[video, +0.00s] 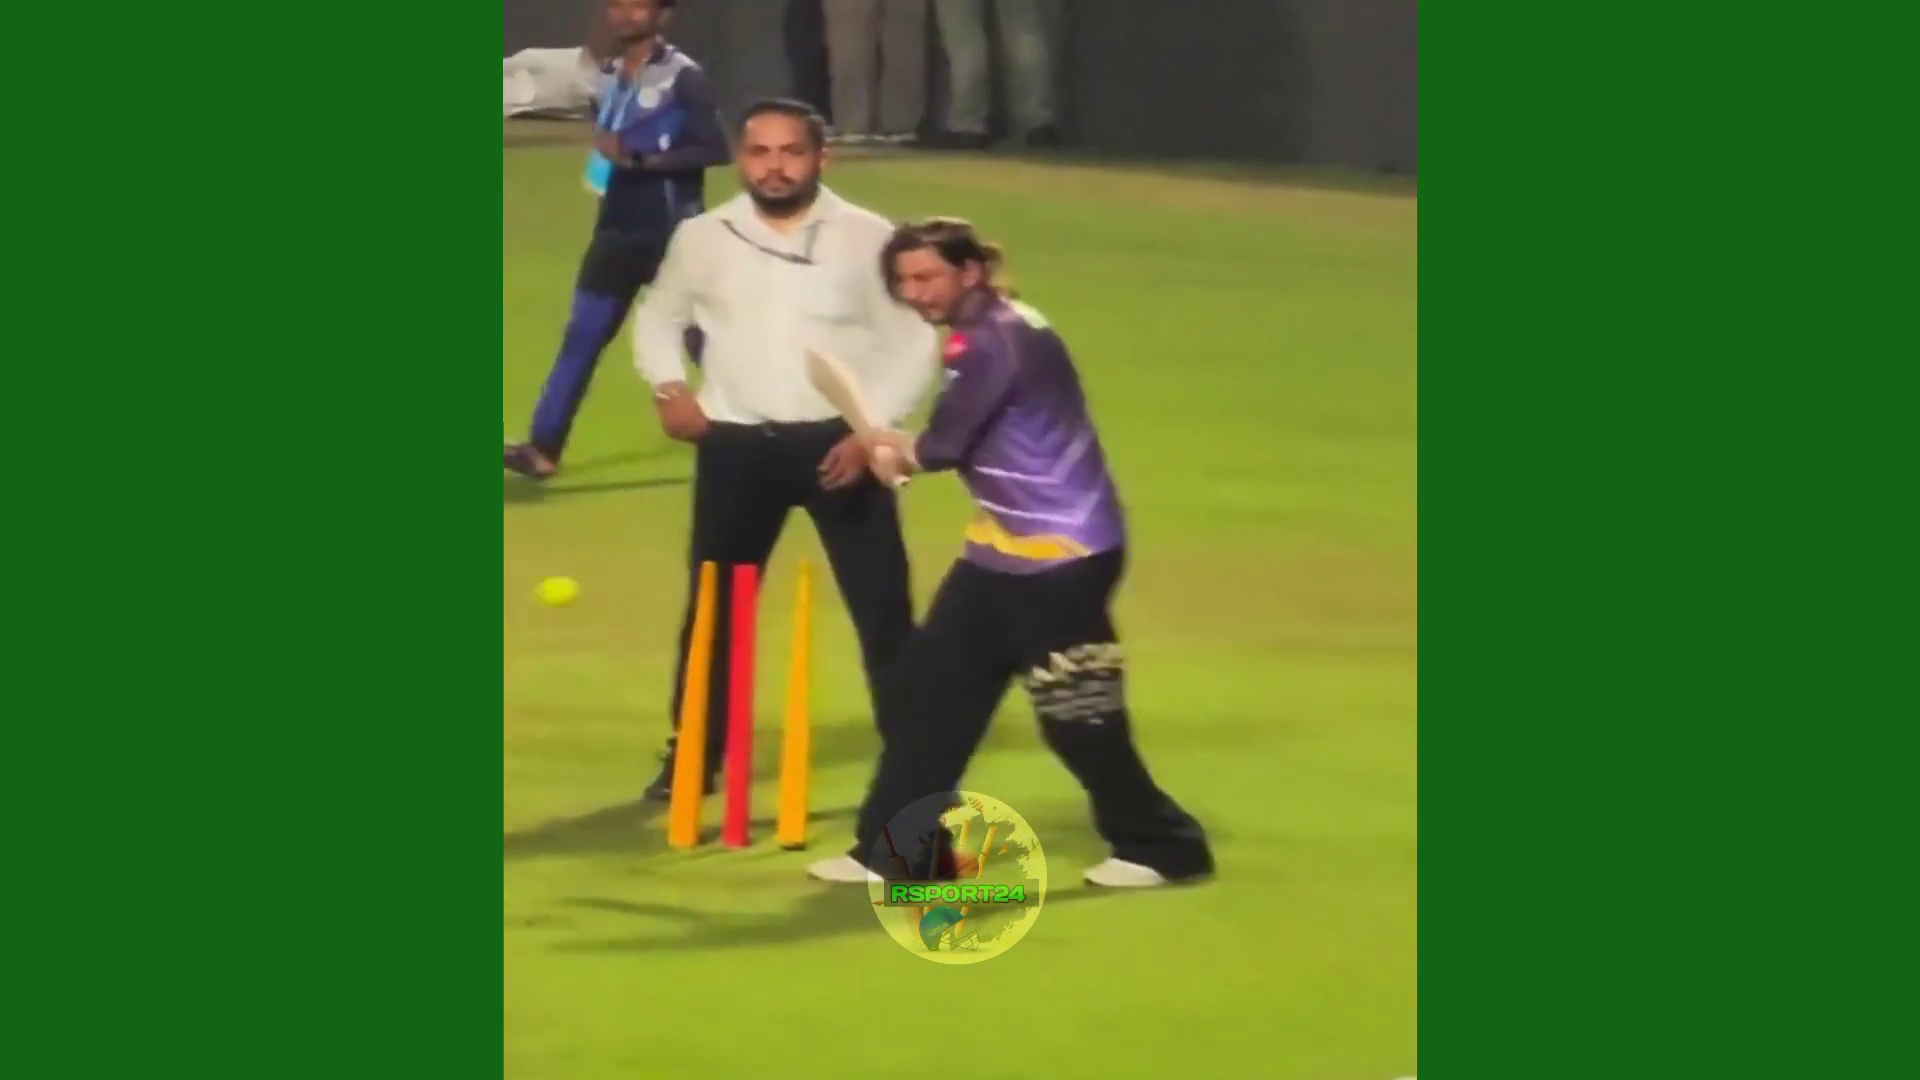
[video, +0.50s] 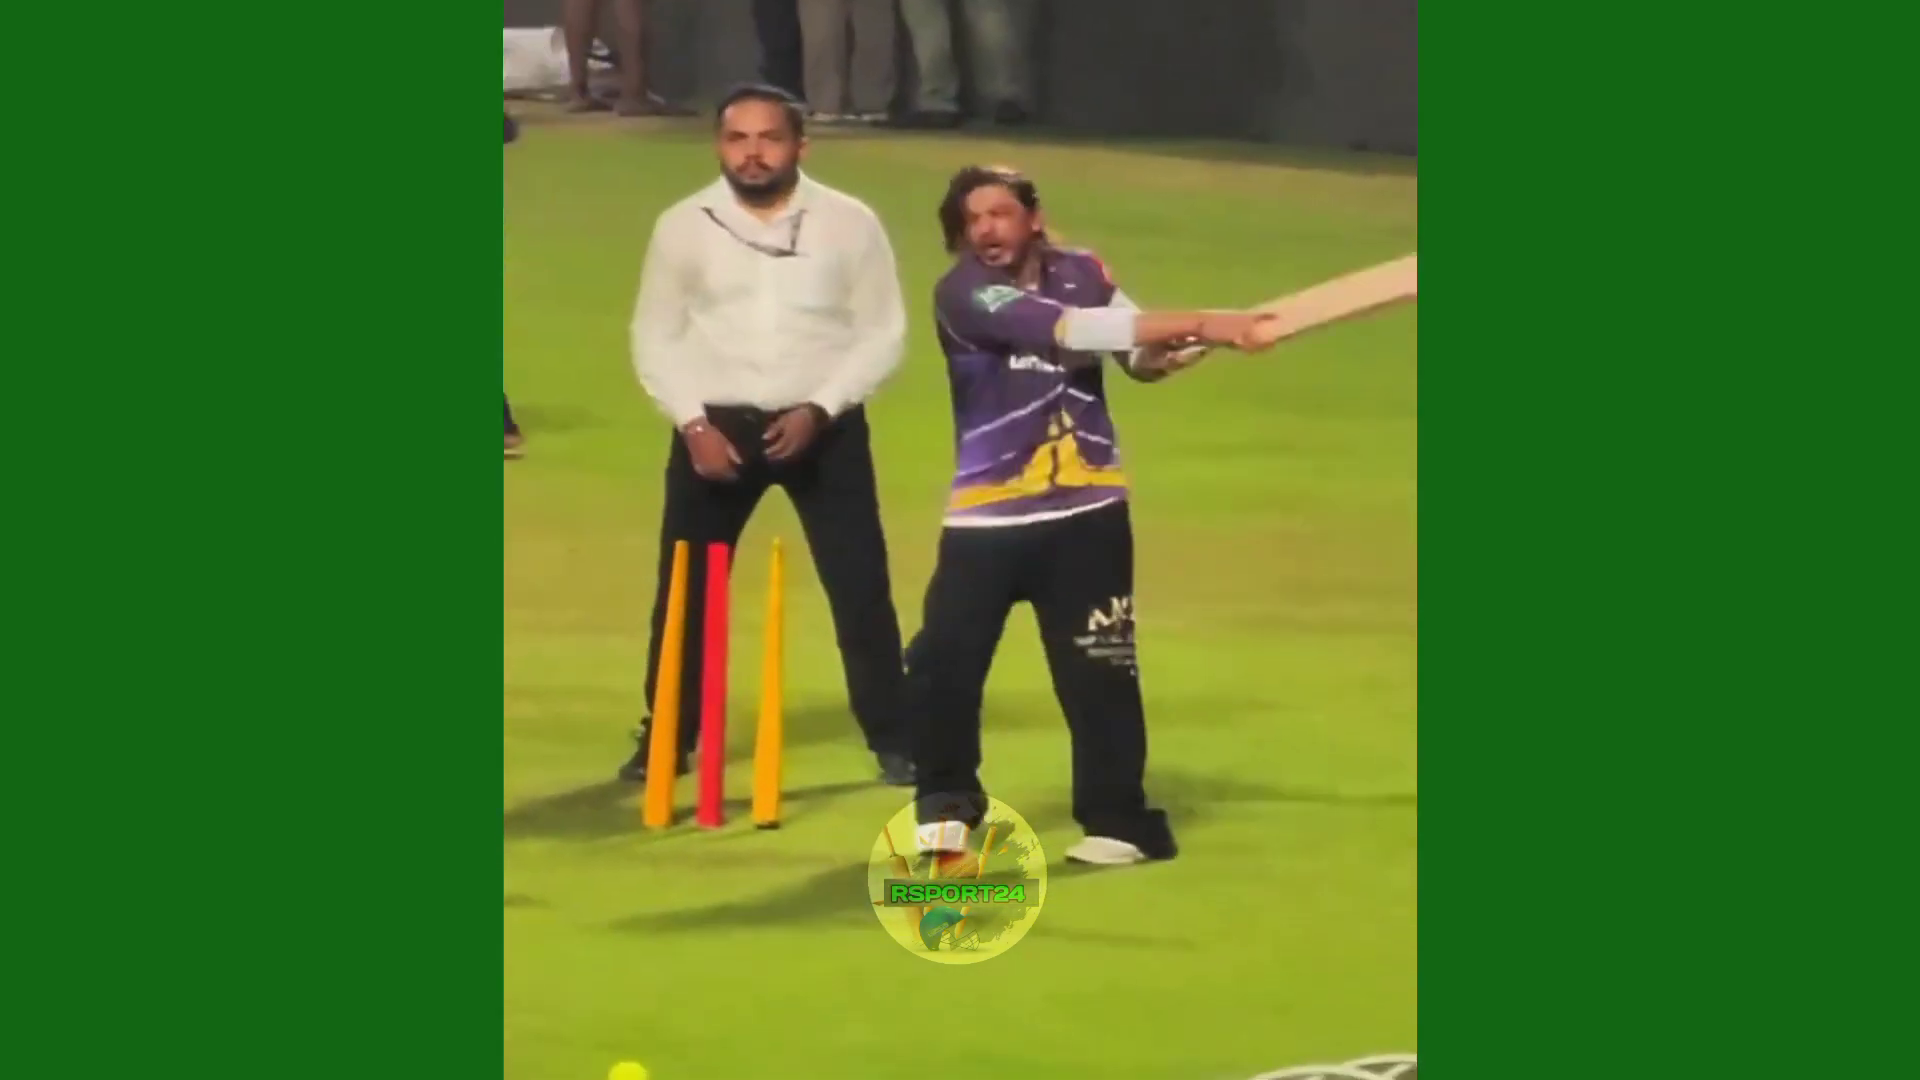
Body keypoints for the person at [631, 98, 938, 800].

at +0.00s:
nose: (773, 165)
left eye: (790, 152)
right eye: (758, 151)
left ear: (820, 158)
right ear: (740, 159)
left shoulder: (872, 241)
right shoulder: (701, 240)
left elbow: (921, 343)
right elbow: (656, 317)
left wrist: (872, 435)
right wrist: (670, 387)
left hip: (842, 450)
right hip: (736, 451)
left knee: (887, 618)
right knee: (711, 615)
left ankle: (916, 769)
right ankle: (690, 763)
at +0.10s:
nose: (768, 165)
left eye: (785, 151)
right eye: (752, 151)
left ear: (813, 156)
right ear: (735, 158)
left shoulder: (864, 238)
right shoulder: (698, 238)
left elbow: (906, 340)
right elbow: (656, 325)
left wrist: (851, 416)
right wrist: (670, 386)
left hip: (839, 456)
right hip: (729, 456)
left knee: (881, 621)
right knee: (699, 614)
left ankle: (914, 775)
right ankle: (679, 761)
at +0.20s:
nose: (766, 163)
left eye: (782, 149)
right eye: (750, 150)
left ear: (811, 155)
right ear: (732, 157)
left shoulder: (864, 231)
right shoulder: (698, 236)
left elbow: (903, 336)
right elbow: (663, 336)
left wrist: (843, 404)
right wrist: (689, 394)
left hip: (839, 445)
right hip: (730, 448)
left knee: (878, 603)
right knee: (696, 603)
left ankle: (908, 761)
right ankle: (676, 753)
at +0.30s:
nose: (761, 164)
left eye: (778, 150)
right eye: (747, 150)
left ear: (807, 156)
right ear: (729, 157)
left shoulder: (860, 232)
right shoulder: (694, 237)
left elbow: (895, 342)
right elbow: (664, 341)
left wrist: (819, 410)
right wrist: (703, 409)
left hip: (836, 442)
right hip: (726, 442)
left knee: (874, 596)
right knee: (693, 600)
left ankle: (902, 755)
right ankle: (671, 752)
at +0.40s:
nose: (754, 155)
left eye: (772, 142)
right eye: (740, 142)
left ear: (801, 149)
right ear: (724, 148)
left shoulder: (853, 225)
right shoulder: (687, 230)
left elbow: (890, 335)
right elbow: (658, 336)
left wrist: (817, 402)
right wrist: (702, 412)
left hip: (829, 429)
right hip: (718, 430)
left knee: (866, 592)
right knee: (686, 593)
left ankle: (897, 750)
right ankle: (665, 745)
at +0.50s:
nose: (752, 152)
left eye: (768, 138)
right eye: (737, 138)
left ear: (798, 146)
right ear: (719, 146)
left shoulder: (850, 224)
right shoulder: (683, 228)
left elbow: (886, 334)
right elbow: (653, 337)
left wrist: (821, 408)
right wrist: (694, 423)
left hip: (827, 426)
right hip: (714, 431)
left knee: (862, 591)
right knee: (682, 594)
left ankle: (895, 743)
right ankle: (664, 745)